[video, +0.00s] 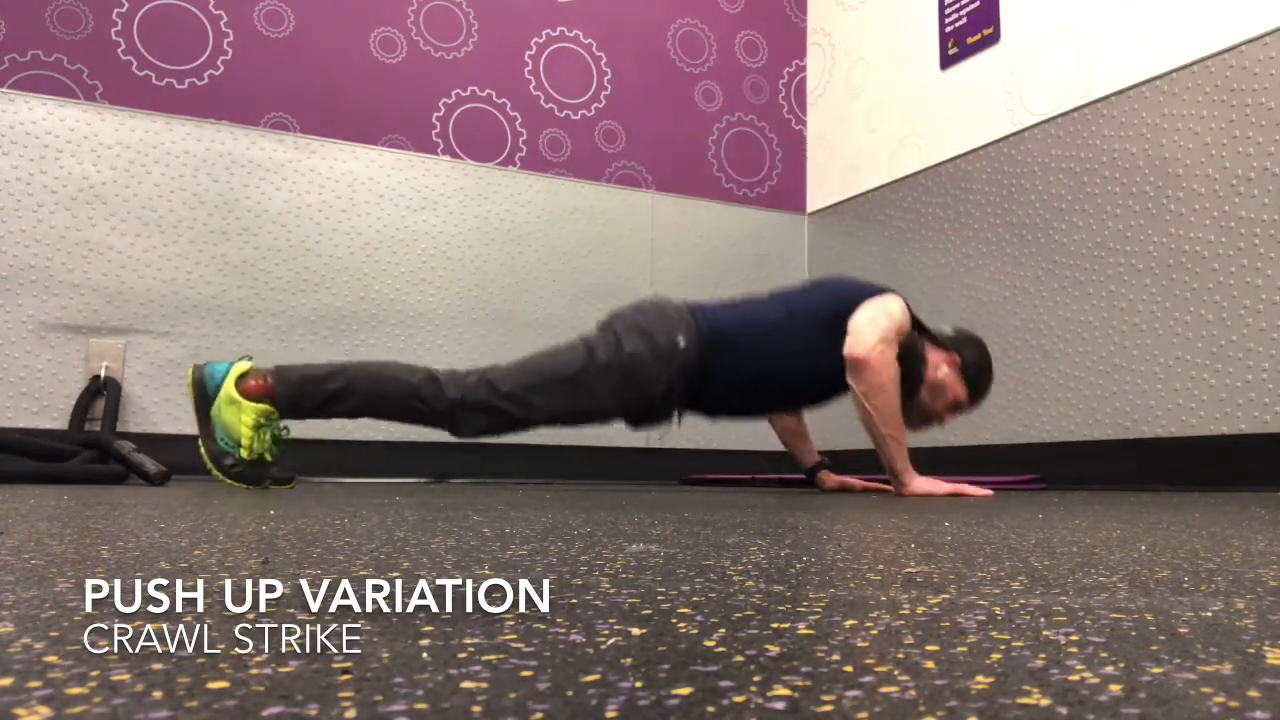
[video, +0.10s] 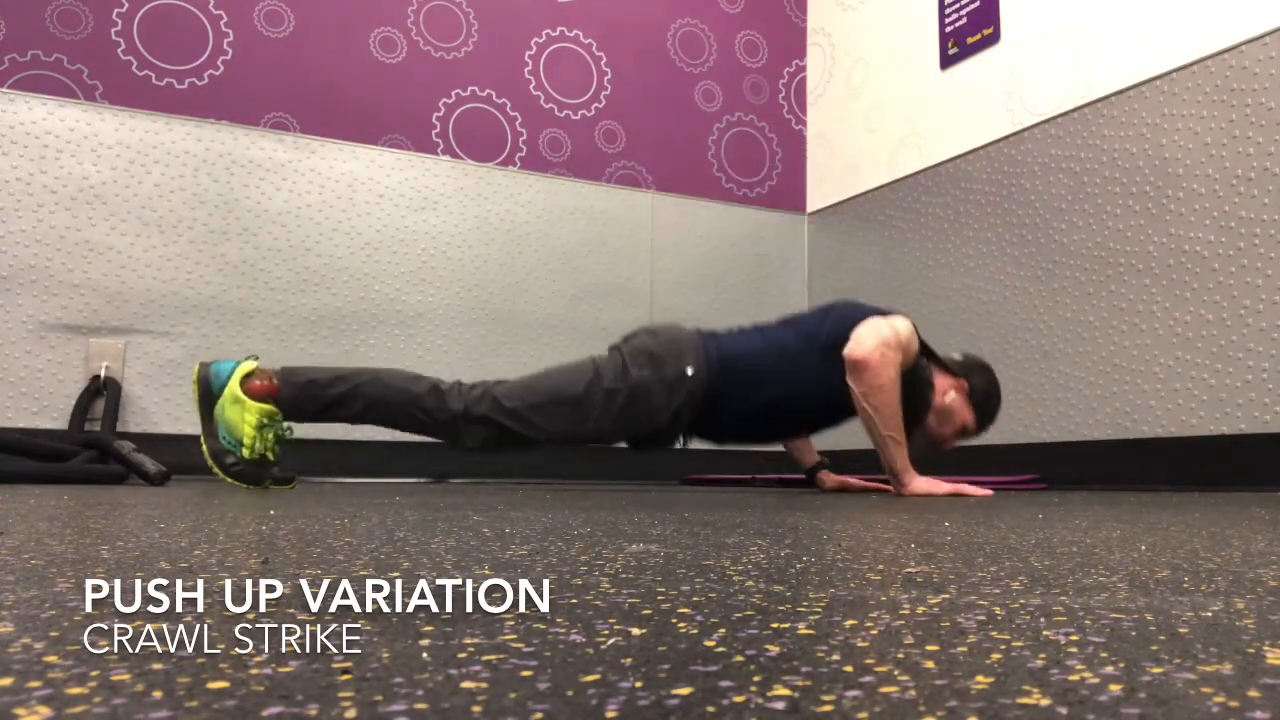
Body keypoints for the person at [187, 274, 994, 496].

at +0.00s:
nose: (927, 412)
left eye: (938, 413)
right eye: (939, 400)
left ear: (936, 383)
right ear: (939, 358)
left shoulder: (843, 337)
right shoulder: (891, 313)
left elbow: (773, 388)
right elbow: (867, 361)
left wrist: (812, 467)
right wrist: (907, 476)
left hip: (665, 371)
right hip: (664, 348)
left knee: (473, 401)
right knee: (469, 400)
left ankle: (267, 390)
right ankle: (261, 387)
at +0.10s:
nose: (938, 427)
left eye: (951, 430)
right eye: (950, 415)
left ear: (942, 414)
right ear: (943, 377)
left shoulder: (861, 367)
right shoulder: (902, 337)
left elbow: (775, 414)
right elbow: (870, 359)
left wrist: (810, 464)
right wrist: (908, 477)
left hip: (672, 389)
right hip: (671, 373)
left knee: (475, 415)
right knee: (473, 411)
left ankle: (270, 396)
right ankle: (262, 387)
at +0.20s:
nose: (949, 446)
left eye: (959, 447)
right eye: (957, 433)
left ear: (949, 423)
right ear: (950, 398)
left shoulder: (865, 394)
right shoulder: (904, 353)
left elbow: (764, 450)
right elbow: (875, 361)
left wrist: (826, 469)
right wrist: (908, 476)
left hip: (674, 419)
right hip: (673, 391)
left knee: (479, 433)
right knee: (478, 424)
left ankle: (273, 417)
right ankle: (266, 389)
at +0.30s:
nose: (949, 455)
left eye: (960, 457)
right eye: (958, 443)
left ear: (951, 435)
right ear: (951, 408)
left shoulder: (868, 408)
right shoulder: (902, 369)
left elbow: (760, 458)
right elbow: (880, 364)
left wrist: (824, 476)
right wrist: (908, 475)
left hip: (678, 432)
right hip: (676, 404)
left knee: (480, 436)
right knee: (480, 431)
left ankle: (272, 424)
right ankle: (267, 392)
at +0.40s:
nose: (957, 461)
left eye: (965, 462)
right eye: (963, 450)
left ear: (951, 436)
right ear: (953, 419)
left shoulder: (877, 413)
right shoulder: (901, 380)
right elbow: (882, 365)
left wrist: (862, 477)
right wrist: (910, 477)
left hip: (678, 432)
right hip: (675, 412)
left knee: (480, 438)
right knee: (480, 435)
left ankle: (275, 414)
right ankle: (269, 392)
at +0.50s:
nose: (955, 455)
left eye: (964, 456)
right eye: (962, 442)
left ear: (952, 433)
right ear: (953, 410)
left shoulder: (874, 413)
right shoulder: (903, 371)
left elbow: (802, 465)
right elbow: (881, 365)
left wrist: (847, 476)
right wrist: (909, 476)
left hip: (679, 430)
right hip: (678, 405)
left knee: (481, 440)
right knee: (481, 435)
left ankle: (273, 426)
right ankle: (269, 392)